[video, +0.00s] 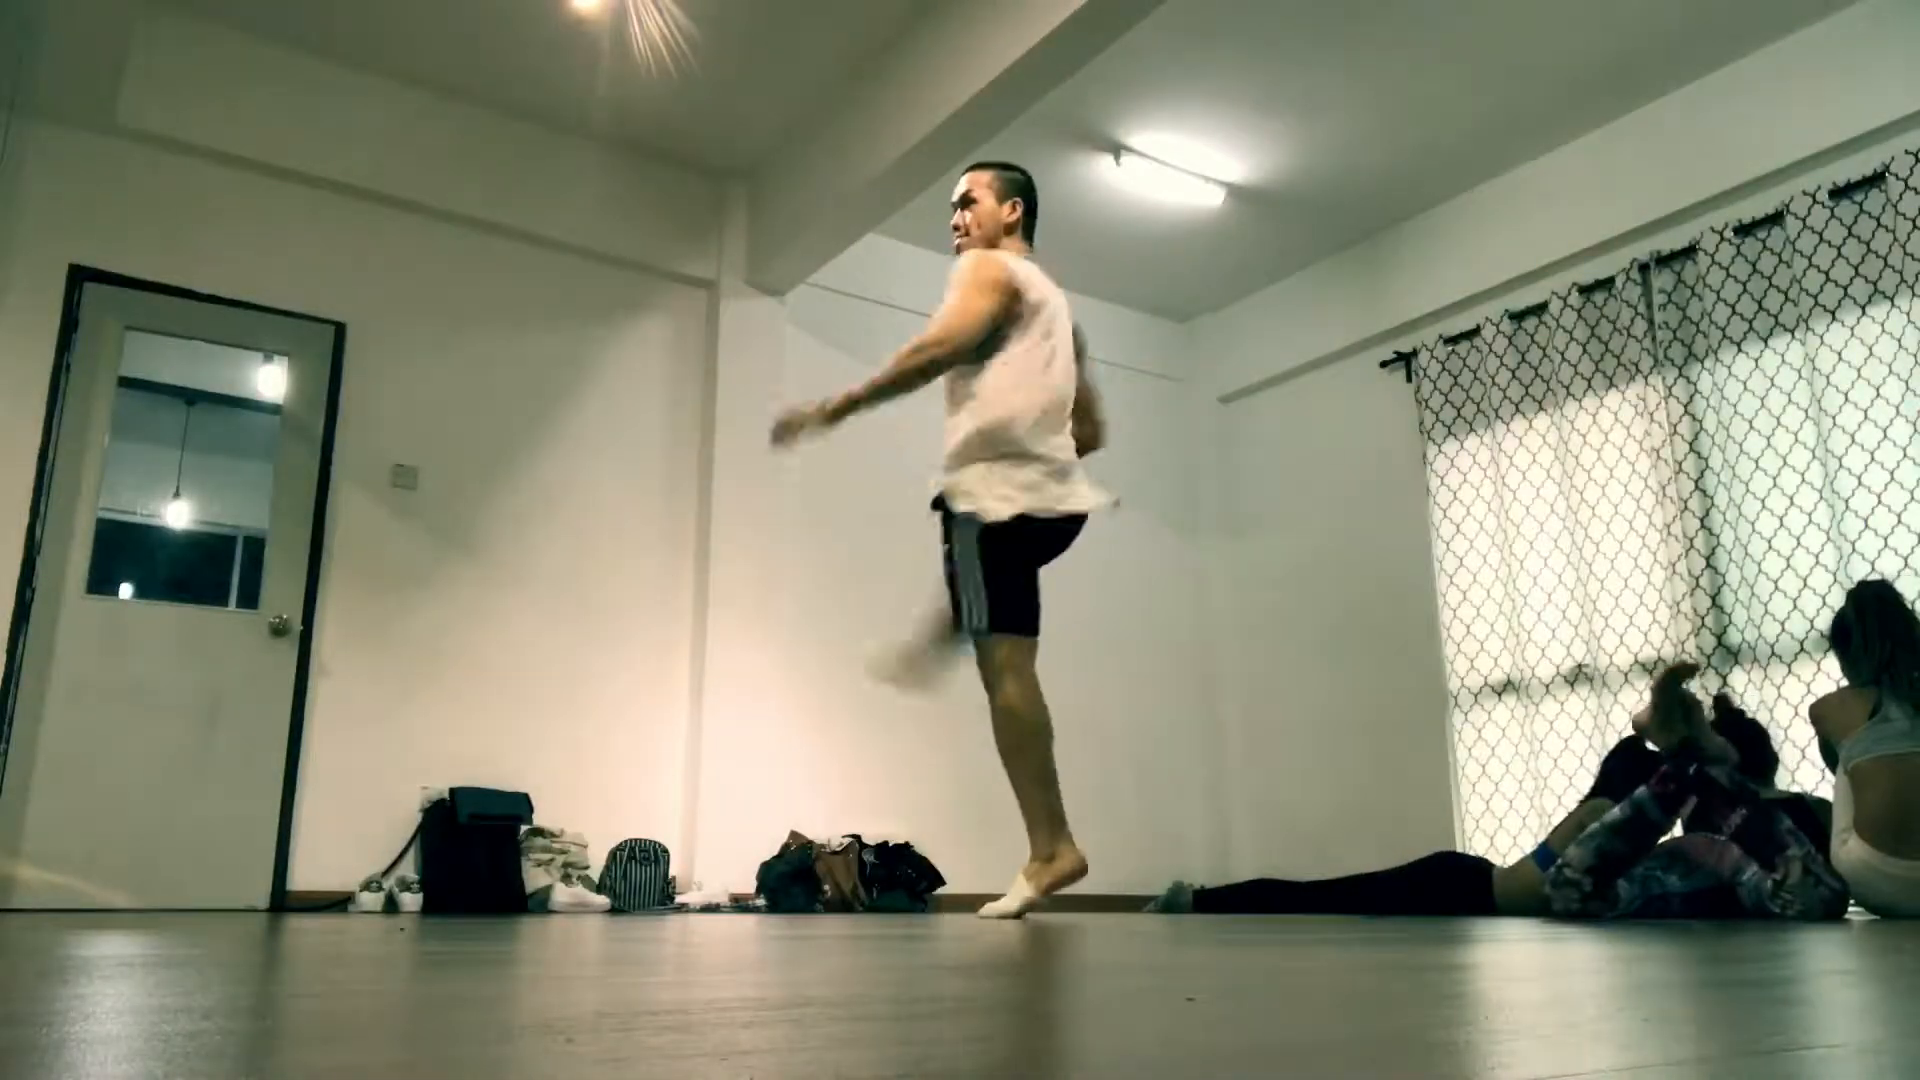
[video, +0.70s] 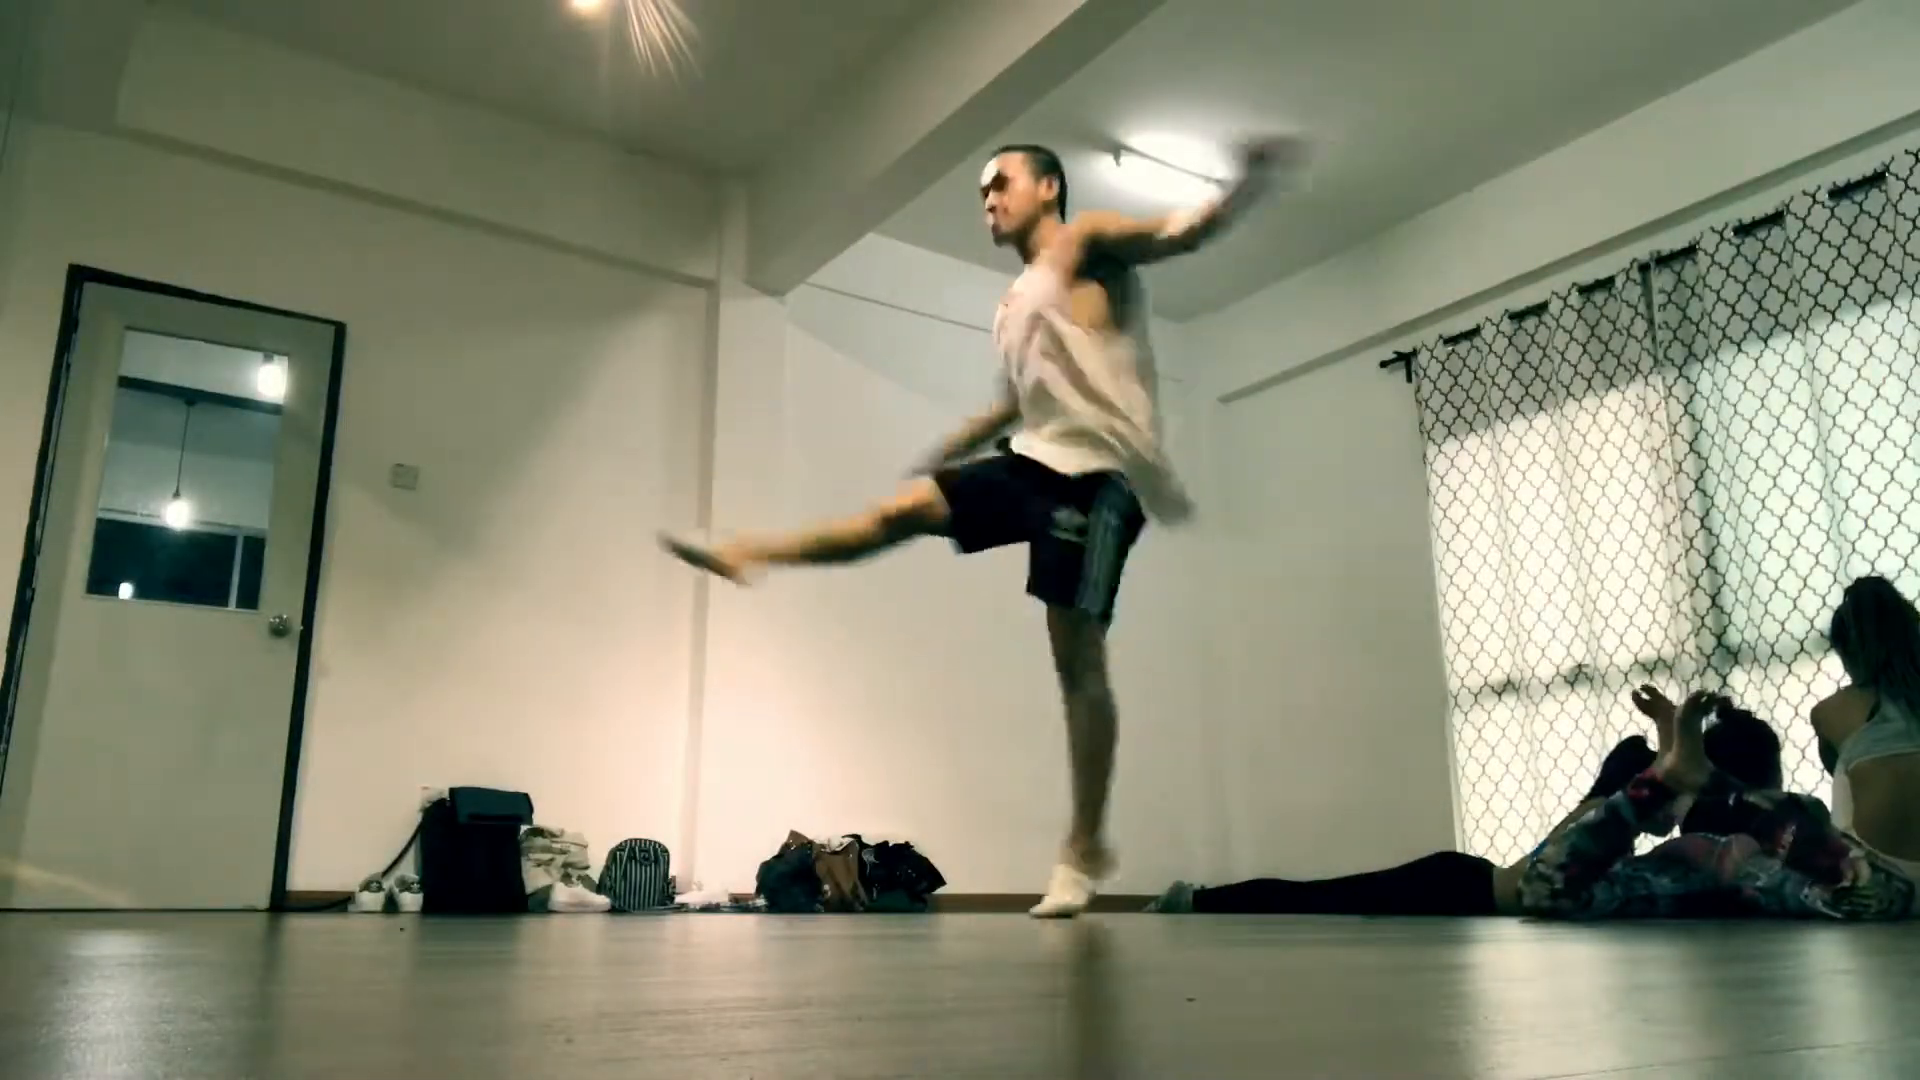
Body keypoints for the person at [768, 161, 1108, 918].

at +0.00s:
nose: (955, 217)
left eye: (969, 202)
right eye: (955, 206)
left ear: (1015, 212)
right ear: (1015, 220)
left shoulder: (988, 267)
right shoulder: (1052, 302)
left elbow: (940, 348)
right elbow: (1088, 430)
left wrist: (830, 410)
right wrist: (1001, 454)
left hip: (995, 503)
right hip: (1055, 504)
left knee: (1009, 675)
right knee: (979, 556)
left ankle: (1051, 850)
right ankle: (923, 657)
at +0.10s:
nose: (953, 206)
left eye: (965, 193)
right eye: (960, 191)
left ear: (996, 205)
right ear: (1023, 213)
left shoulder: (931, 276)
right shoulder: (1068, 293)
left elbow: (887, 388)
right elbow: (1109, 399)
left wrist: (908, 328)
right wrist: (1078, 412)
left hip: (968, 500)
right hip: (1055, 485)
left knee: (993, 670)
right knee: (1082, 590)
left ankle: (1026, 847)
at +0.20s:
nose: (1036, 200)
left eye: (1031, 187)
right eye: (1029, 189)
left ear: (963, 207)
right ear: (1014, 199)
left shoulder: (935, 285)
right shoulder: (1021, 265)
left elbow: (974, 367)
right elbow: (1073, 356)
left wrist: (1057, 352)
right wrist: (1112, 331)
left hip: (960, 493)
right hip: (1033, 463)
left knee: (989, 663)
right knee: (1157, 552)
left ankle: (991, 835)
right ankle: (1261, 647)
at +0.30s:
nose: (981, 208)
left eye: (991, 193)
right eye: (965, 202)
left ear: (1022, 204)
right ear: (957, 224)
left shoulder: (1046, 303)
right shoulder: (961, 283)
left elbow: (1071, 392)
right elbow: (985, 344)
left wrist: (1118, 372)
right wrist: (1115, 342)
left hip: (1018, 466)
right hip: (982, 459)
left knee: (1022, 662)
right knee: (1147, 510)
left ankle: (992, 850)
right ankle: (1325, 590)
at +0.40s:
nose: (971, 265)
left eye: (982, 248)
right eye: (964, 257)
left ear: (1028, 253)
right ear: (965, 272)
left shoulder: (1086, 336)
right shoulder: (965, 333)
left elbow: (1169, 385)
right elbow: (940, 375)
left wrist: (1237, 427)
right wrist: (923, 373)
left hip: (1052, 512)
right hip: (976, 503)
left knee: (1053, 697)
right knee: (1072, 500)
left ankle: (1019, 875)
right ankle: (1181, 500)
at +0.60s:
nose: (986, 229)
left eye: (1000, 214)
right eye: (982, 221)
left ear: (1048, 223)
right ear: (995, 240)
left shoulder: (1109, 276)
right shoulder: (994, 338)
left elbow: (1232, 256)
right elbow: (909, 394)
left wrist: (1344, 237)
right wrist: (825, 420)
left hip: (1104, 513)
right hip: (1021, 489)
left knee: (1066, 692)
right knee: (887, 486)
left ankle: (1027, 873)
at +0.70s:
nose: (989, 201)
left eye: (1001, 185)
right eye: (985, 192)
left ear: (1048, 188)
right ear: (999, 209)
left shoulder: (1088, 236)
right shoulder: (1020, 300)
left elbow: (1175, 232)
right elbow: (1018, 401)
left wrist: (1235, 191)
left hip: (1103, 469)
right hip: (1034, 462)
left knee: (1077, 654)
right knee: (907, 508)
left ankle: (1085, 850)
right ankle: (741, 554)